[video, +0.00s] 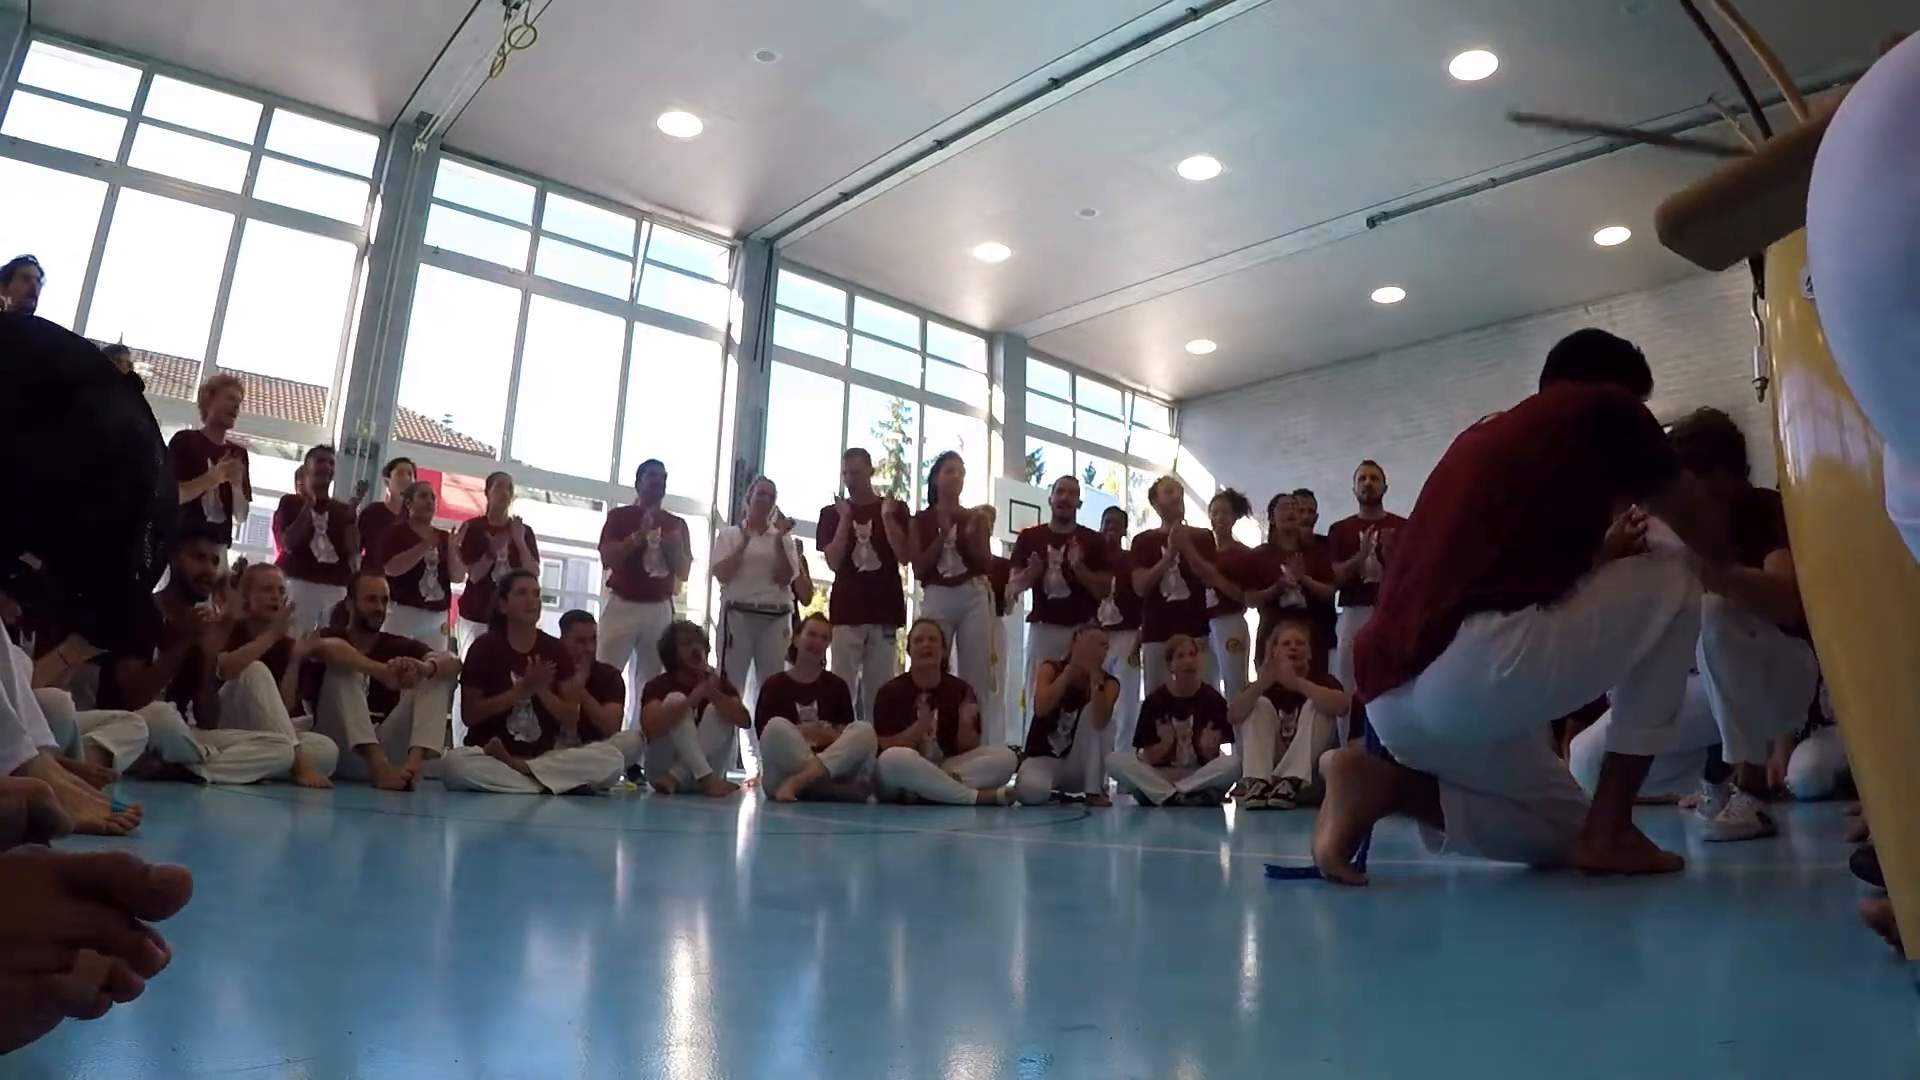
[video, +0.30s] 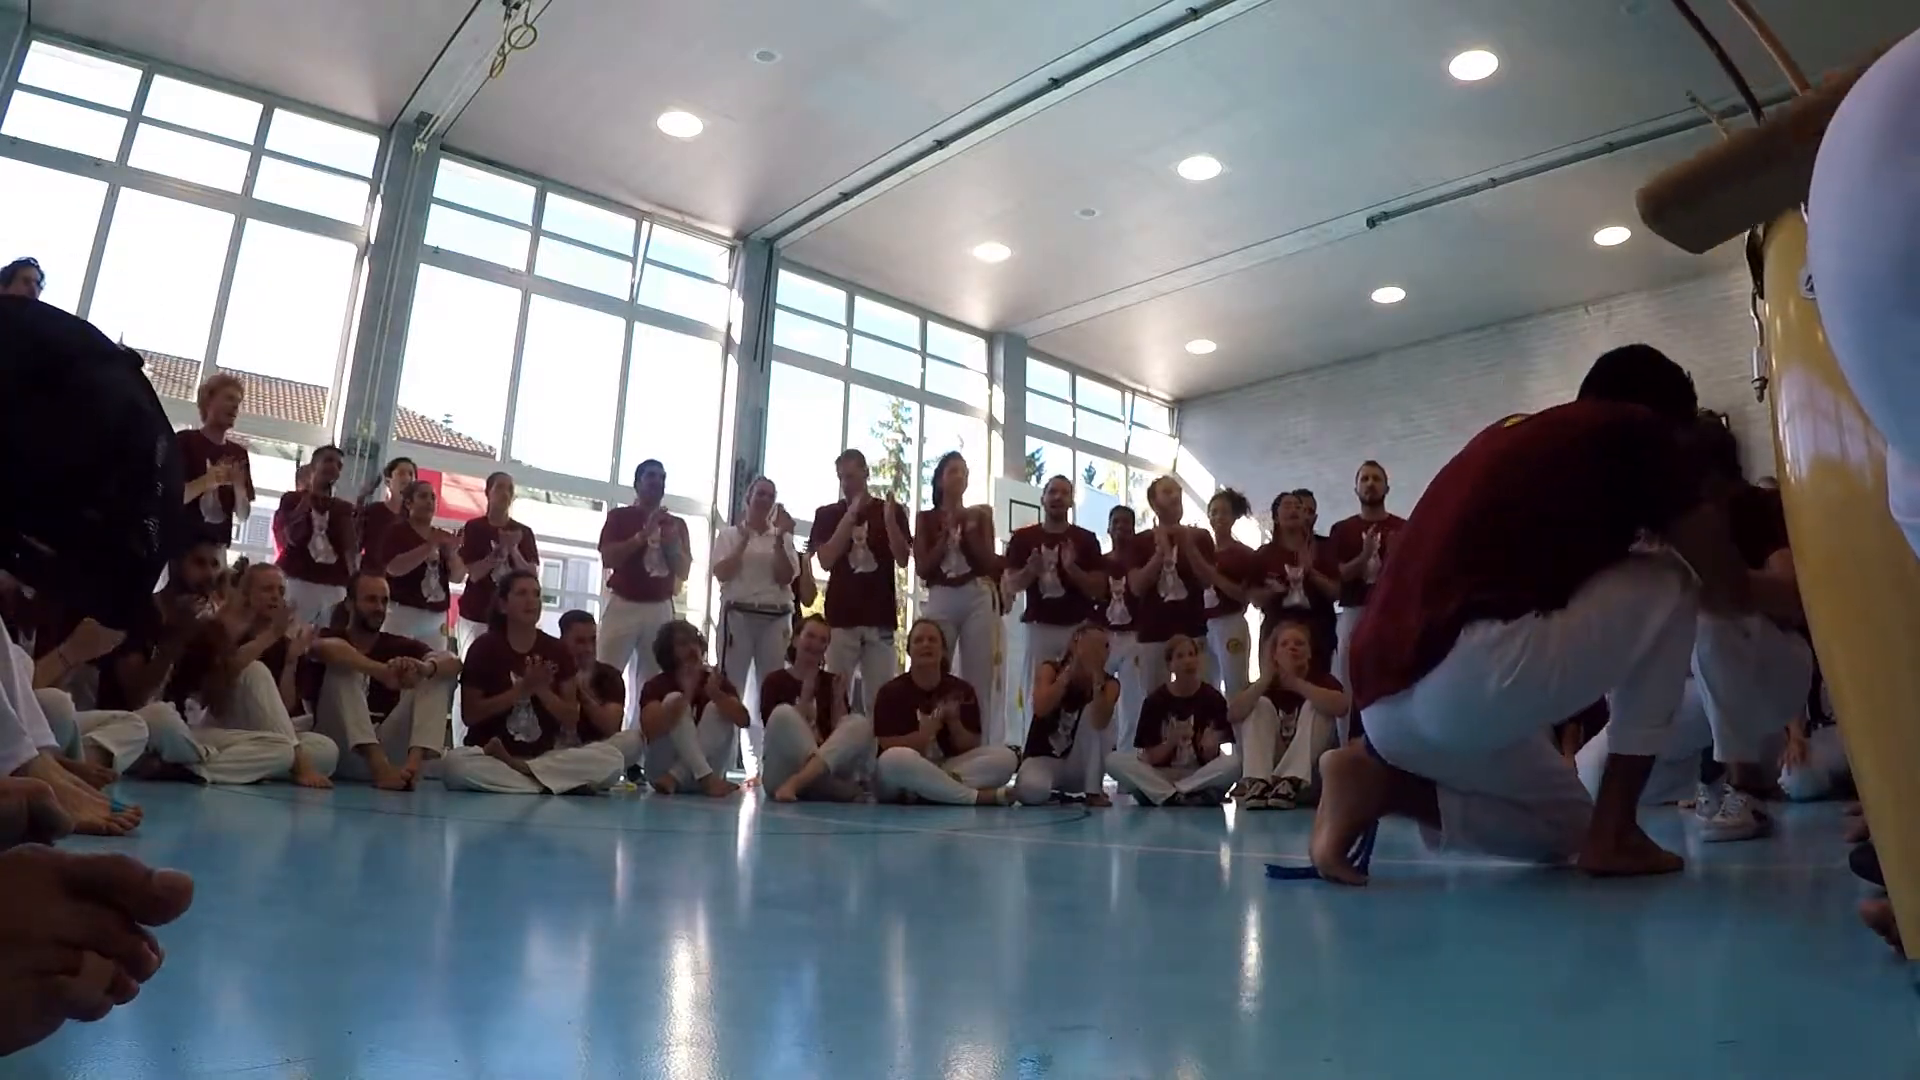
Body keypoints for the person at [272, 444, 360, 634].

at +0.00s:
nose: (326, 467)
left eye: (331, 463)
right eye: (321, 461)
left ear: (335, 471)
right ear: (306, 467)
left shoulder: (344, 510)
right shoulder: (290, 503)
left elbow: (353, 550)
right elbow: (289, 543)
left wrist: (352, 515)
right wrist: (308, 507)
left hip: (335, 587)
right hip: (299, 583)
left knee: (331, 651)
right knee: (293, 648)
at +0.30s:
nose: (333, 467)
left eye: (338, 464)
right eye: (328, 461)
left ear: (340, 472)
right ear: (313, 465)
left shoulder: (344, 508)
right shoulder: (291, 500)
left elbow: (350, 548)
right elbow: (284, 539)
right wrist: (304, 506)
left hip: (334, 586)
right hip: (298, 582)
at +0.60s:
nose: (345, 468)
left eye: (349, 465)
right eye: (340, 461)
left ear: (350, 472)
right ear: (323, 463)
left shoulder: (350, 512)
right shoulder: (294, 497)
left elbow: (353, 560)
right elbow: (268, 540)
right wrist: (304, 545)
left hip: (334, 589)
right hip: (296, 584)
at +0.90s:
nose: (342, 466)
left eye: (347, 463)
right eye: (337, 458)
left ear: (348, 470)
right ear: (321, 460)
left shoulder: (348, 507)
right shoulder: (297, 495)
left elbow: (351, 558)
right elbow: (288, 540)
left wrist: (348, 528)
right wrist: (318, 525)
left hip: (334, 585)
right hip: (298, 581)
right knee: (289, 645)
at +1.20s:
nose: (344, 467)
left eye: (348, 463)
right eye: (339, 458)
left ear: (351, 469)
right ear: (323, 460)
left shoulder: (351, 508)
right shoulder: (299, 495)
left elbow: (349, 554)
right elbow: (289, 541)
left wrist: (342, 523)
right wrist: (313, 525)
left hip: (334, 587)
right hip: (298, 582)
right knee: (287, 649)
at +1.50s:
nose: (341, 468)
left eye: (347, 464)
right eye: (337, 460)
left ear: (351, 471)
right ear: (324, 461)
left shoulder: (346, 504)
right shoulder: (300, 494)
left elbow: (351, 552)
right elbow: (292, 535)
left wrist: (352, 518)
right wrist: (317, 503)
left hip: (333, 586)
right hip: (299, 582)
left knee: (327, 654)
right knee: (288, 646)